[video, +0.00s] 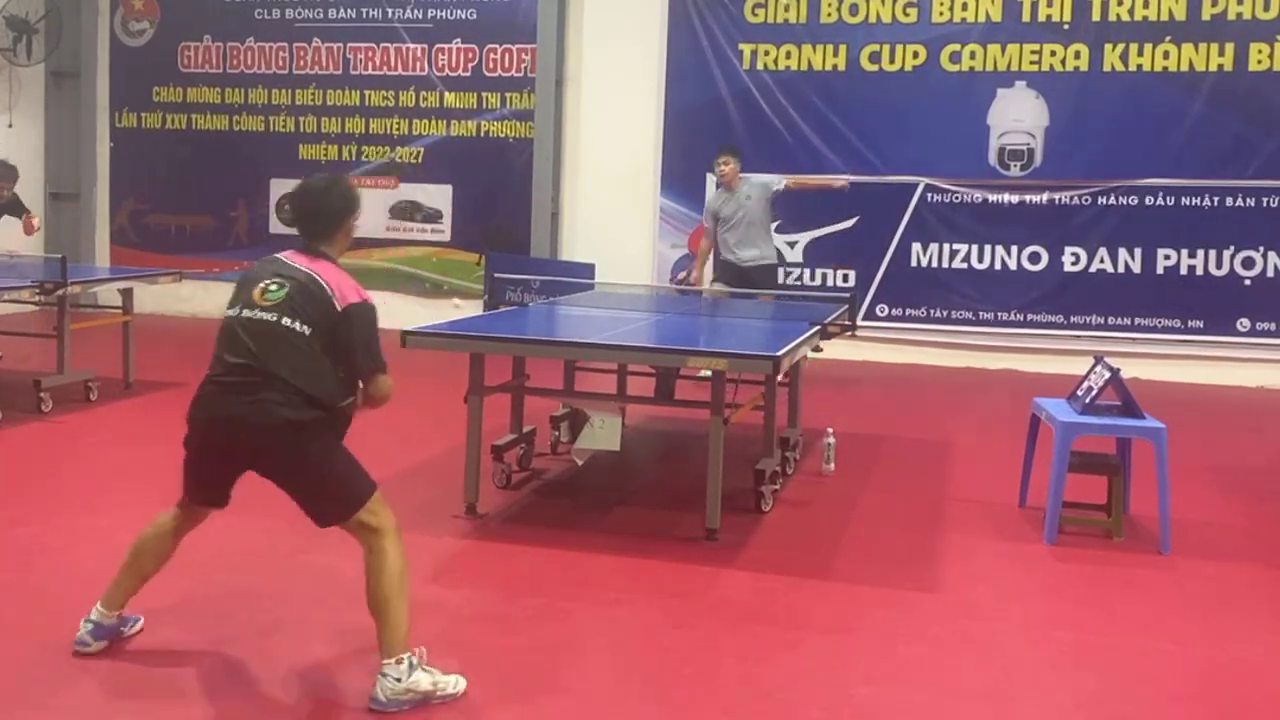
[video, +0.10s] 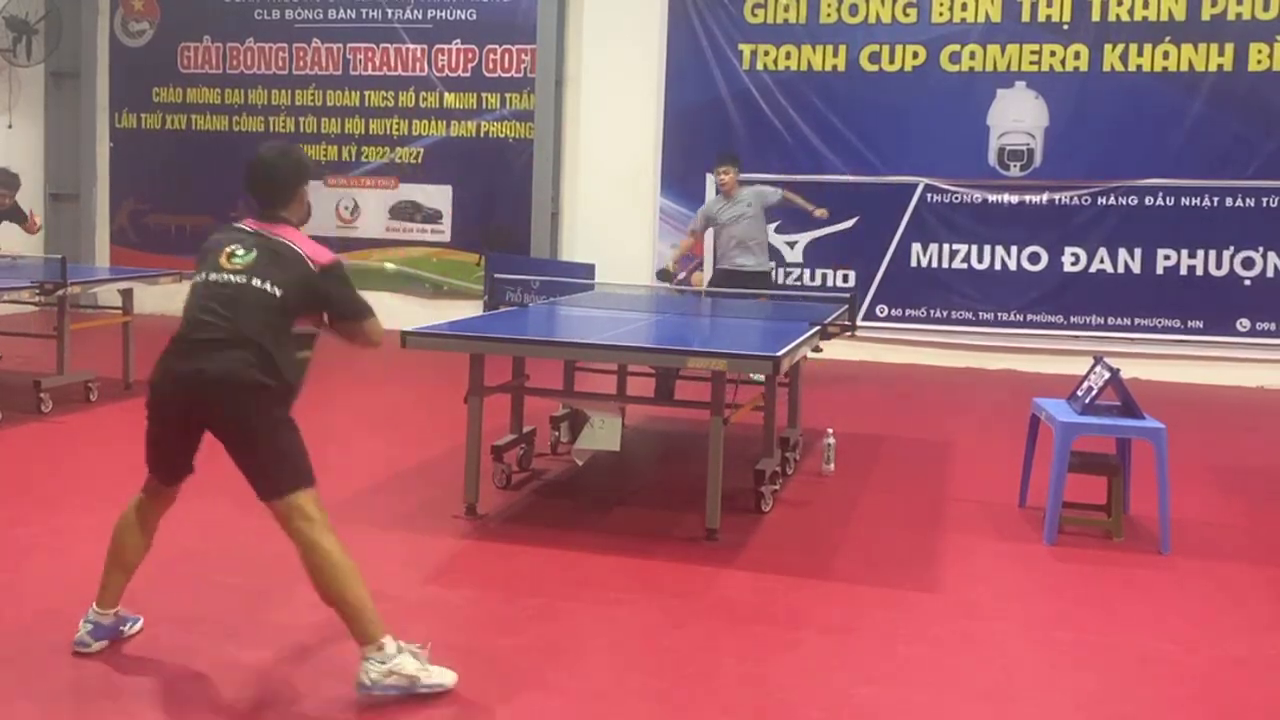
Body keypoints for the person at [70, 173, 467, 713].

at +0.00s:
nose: (358, 227)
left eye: (357, 218)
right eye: (356, 219)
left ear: (298, 221)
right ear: (346, 227)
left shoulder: (260, 270)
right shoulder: (347, 294)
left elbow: (253, 347)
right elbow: (379, 390)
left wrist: (334, 380)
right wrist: (348, 392)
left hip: (215, 417)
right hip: (291, 428)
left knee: (185, 513)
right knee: (380, 529)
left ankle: (100, 619)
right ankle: (397, 669)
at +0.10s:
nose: (310, 199)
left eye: (309, 190)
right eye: (308, 191)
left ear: (252, 196)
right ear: (299, 199)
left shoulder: (220, 238)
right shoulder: (315, 258)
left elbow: (240, 295)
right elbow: (369, 334)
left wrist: (309, 306)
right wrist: (318, 309)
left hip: (176, 379)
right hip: (246, 387)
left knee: (154, 493)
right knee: (305, 521)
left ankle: (100, 616)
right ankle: (381, 654)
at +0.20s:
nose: (279, 177)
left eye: (276, 170)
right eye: (278, 170)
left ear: (221, 175)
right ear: (271, 177)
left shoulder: (183, 218)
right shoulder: (288, 230)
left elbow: (174, 272)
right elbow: (342, 246)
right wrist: (371, 231)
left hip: (133, 348)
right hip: (206, 355)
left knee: (139, 459)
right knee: (256, 492)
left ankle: (107, 589)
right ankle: (298, 638)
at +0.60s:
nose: (231, 193)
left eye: (230, 183)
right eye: (229, 183)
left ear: (170, 185)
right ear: (216, 187)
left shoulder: (116, 227)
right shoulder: (211, 251)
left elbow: (51, 299)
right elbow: (271, 332)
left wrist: (101, 323)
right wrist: (327, 329)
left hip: (56, 379)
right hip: (120, 385)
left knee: (86, 485)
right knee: (212, 495)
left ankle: (39, 612)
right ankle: (224, 640)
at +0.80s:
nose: (250, 191)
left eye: (251, 181)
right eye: (249, 181)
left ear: (193, 180)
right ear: (232, 183)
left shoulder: (151, 224)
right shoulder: (201, 251)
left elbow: (145, 315)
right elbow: (192, 356)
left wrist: (223, 339)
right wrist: (268, 392)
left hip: (65, 380)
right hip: (119, 392)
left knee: (100, 481)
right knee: (215, 503)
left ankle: (20, 588)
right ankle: (194, 654)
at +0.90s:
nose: (255, 207)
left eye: (256, 195)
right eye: (254, 195)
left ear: (202, 196)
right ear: (236, 200)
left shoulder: (173, 242)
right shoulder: (183, 267)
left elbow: (192, 336)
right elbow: (141, 372)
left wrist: (271, 349)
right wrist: (212, 433)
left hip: (70, 393)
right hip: (108, 402)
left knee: (102, 495)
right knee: (201, 512)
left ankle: (13, 589)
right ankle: (185, 667)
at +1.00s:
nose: (262, 222)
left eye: (263, 211)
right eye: (259, 210)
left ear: (222, 212)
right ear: (232, 213)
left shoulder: (212, 265)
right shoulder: (149, 279)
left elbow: (232, 347)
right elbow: (83, 363)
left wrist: (297, 360)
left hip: (119, 397)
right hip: (80, 397)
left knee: (110, 490)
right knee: (179, 504)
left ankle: (10, 568)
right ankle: (153, 661)